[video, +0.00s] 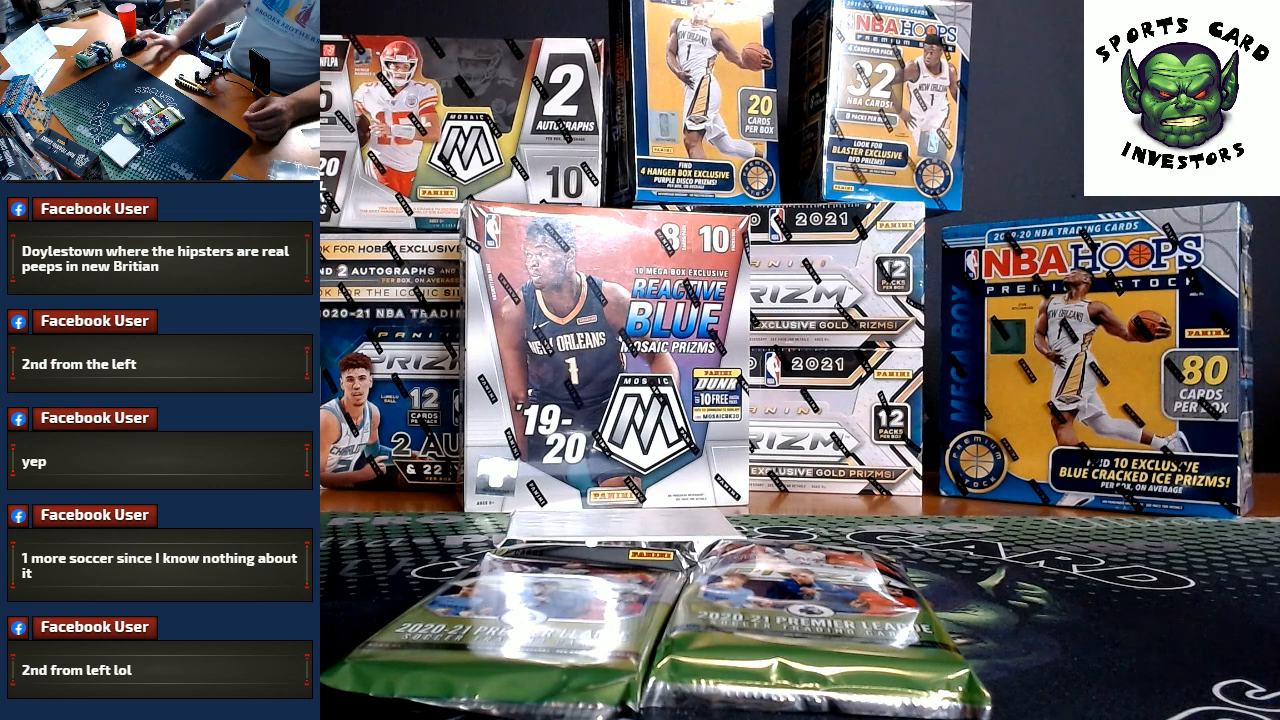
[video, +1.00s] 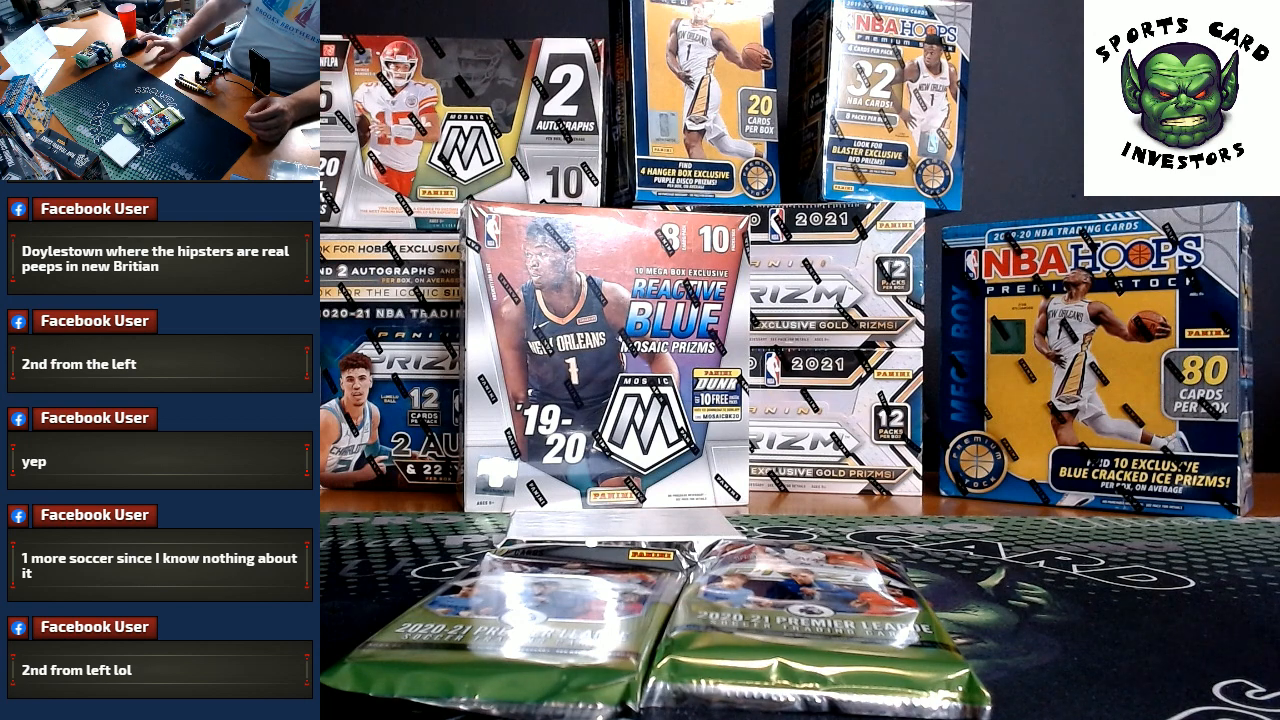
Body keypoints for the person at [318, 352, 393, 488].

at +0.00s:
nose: (356, 385)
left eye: (362, 378)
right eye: (350, 379)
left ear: (370, 382)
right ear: (341, 383)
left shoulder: (372, 413)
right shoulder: (325, 419)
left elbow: (373, 450)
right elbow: (316, 477)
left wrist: (406, 456)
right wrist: (360, 475)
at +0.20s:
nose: (356, 385)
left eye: (362, 378)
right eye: (350, 379)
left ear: (370, 382)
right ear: (341, 383)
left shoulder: (372, 413)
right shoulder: (325, 419)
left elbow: (373, 450)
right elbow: (316, 477)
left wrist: (406, 456)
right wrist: (360, 475)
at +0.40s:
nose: (356, 385)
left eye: (362, 378)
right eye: (350, 379)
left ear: (370, 382)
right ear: (341, 383)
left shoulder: (372, 413)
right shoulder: (325, 419)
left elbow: (373, 450)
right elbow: (316, 477)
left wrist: (406, 456)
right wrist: (360, 475)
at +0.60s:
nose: (356, 385)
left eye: (362, 378)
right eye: (350, 379)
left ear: (370, 382)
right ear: (341, 383)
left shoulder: (372, 413)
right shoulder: (325, 419)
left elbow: (373, 451)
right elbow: (316, 477)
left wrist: (406, 456)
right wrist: (360, 475)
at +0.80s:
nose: (356, 385)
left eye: (362, 378)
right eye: (350, 379)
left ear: (370, 382)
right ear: (341, 383)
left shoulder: (372, 413)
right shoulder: (325, 419)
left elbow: (373, 450)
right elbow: (316, 477)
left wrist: (406, 456)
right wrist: (360, 475)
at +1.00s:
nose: (356, 385)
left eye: (362, 378)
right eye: (350, 379)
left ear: (370, 382)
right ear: (341, 383)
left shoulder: (372, 413)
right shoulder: (325, 419)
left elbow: (373, 450)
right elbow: (316, 477)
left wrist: (406, 456)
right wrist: (360, 475)